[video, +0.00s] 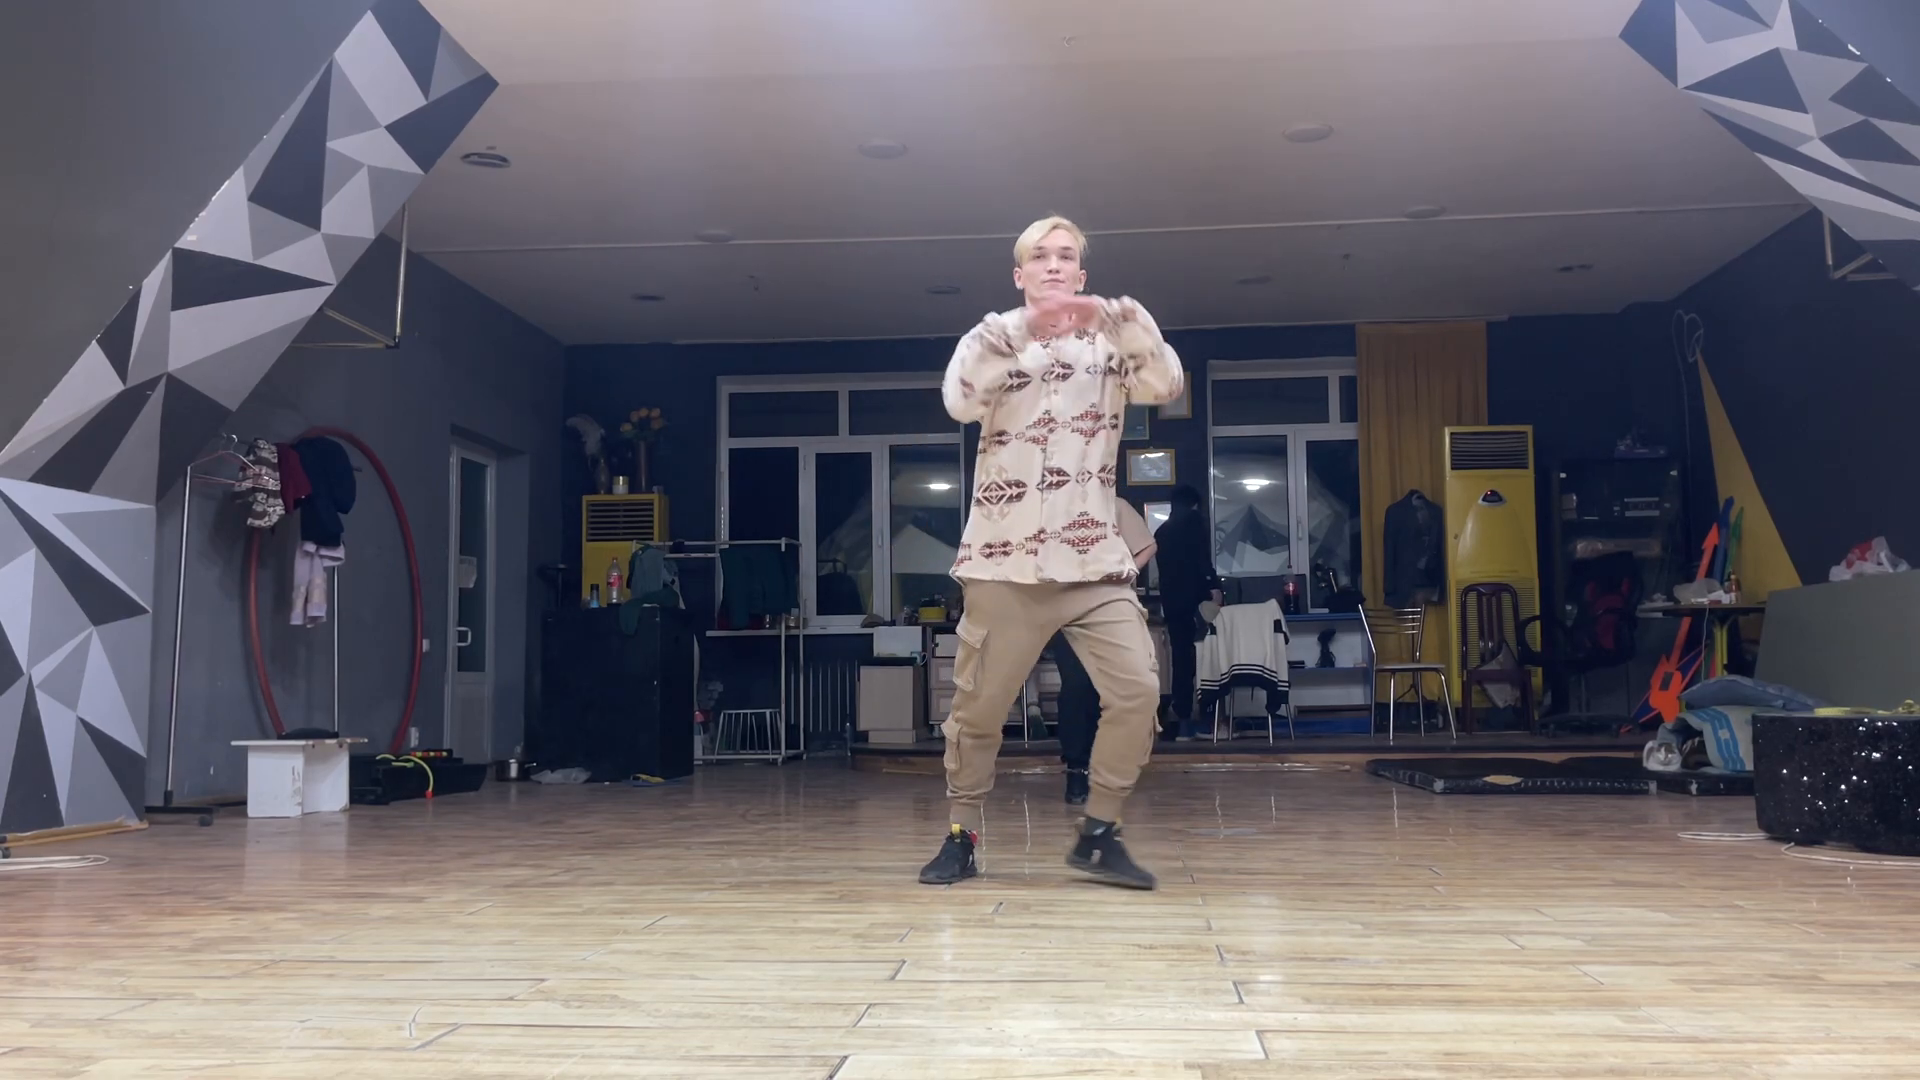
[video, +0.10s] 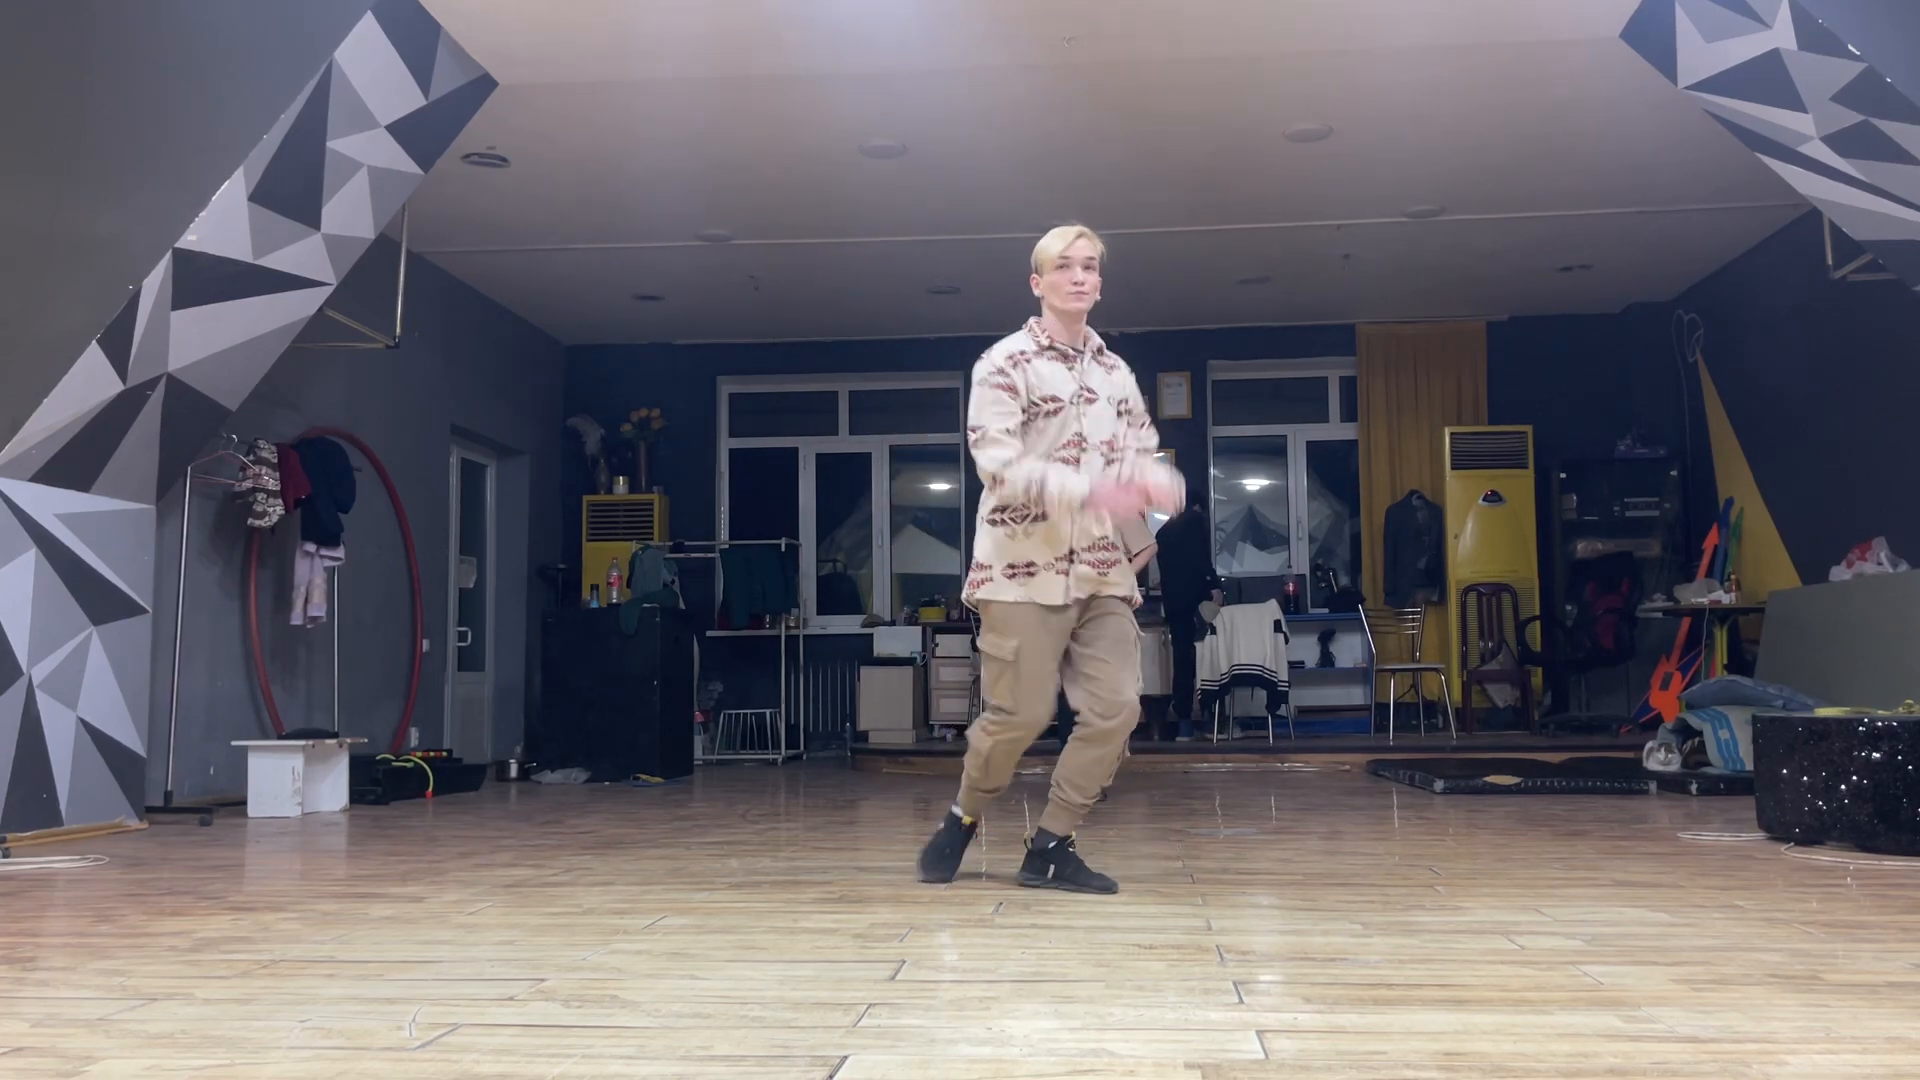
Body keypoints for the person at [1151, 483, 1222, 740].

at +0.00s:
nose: (1196, 508)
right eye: (1196, 504)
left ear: (1173, 503)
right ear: (1195, 504)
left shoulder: (1162, 530)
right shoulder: (1197, 525)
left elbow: (1163, 567)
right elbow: (1202, 560)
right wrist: (1214, 585)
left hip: (1170, 597)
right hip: (1192, 596)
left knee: (1180, 656)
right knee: (1189, 655)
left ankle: (1181, 716)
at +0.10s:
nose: (1204, 510)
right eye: (1203, 506)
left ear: (1178, 504)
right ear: (1199, 505)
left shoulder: (1164, 530)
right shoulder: (1198, 523)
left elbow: (1165, 571)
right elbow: (1201, 559)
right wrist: (1214, 586)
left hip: (1172, 598)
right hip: (1195, 596)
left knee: (1182, 658)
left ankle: (1183, 721)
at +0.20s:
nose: (1204, 510)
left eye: (1203, 507)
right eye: (1203, 507)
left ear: (1178, 505)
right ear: (1198, 505)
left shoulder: (1166, 532)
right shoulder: (1199, 523)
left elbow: (1164, 566)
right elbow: (1203, 559)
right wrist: (1214, 585)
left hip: (1173, 600)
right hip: (1195, 599)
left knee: (1183, 659)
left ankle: (1183, 721)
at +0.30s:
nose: (1210, 502)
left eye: (1207, 497)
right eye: (1206, 497)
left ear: (1180, 504)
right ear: (1200, 502)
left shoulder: (1168, 532)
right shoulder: (1200, 526)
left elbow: (1169, 568)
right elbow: (1205, 560)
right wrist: (1216, 586)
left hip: (1175, 600)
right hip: (1196, 600)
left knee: (1183, 660)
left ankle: (1182, 720)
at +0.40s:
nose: (1213, 514)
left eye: (1214, 511)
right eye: (1212, 510)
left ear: (1185, 507)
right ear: (1206, 507)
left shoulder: (1171, 533)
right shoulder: (1205, 521)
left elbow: (1170, 573)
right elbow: (1210, 558)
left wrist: (1174, 598)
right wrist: (1218, 588)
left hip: (1177, 600)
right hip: (1201, 598)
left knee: (1186, 658)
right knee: (1210, 655)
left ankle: (1184, 723)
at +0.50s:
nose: (1219, 514)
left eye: (1220, 510)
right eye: (1218, 509)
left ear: (1193, 505)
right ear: (1210, 506)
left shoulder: (1176, 533)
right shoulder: (1211, 522)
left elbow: (1174, 574)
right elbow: (1216, 560)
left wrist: (1179, 598)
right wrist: (1225, 591)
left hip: (1181, 602)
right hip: (1206, 600)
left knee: (1188, 659)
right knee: (1217, 656)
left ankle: (1184, 719)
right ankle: (1225, 717)